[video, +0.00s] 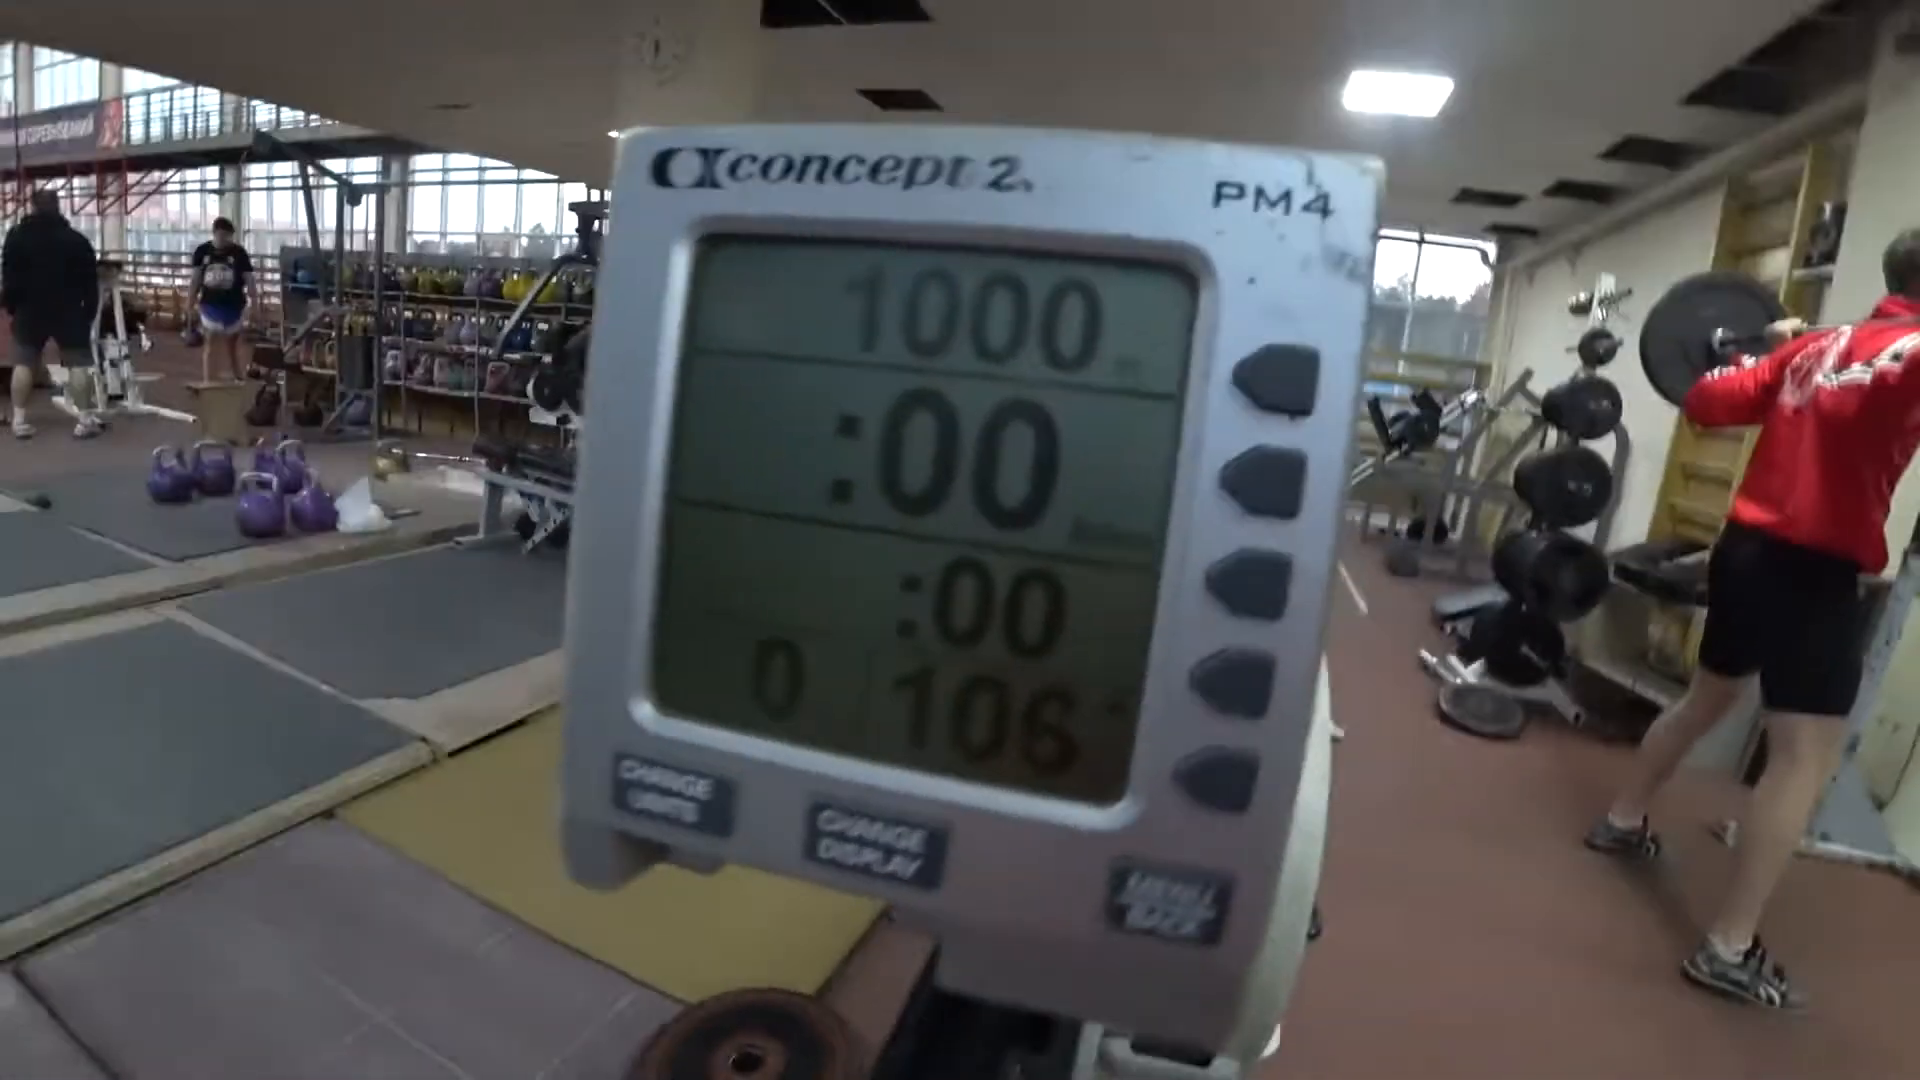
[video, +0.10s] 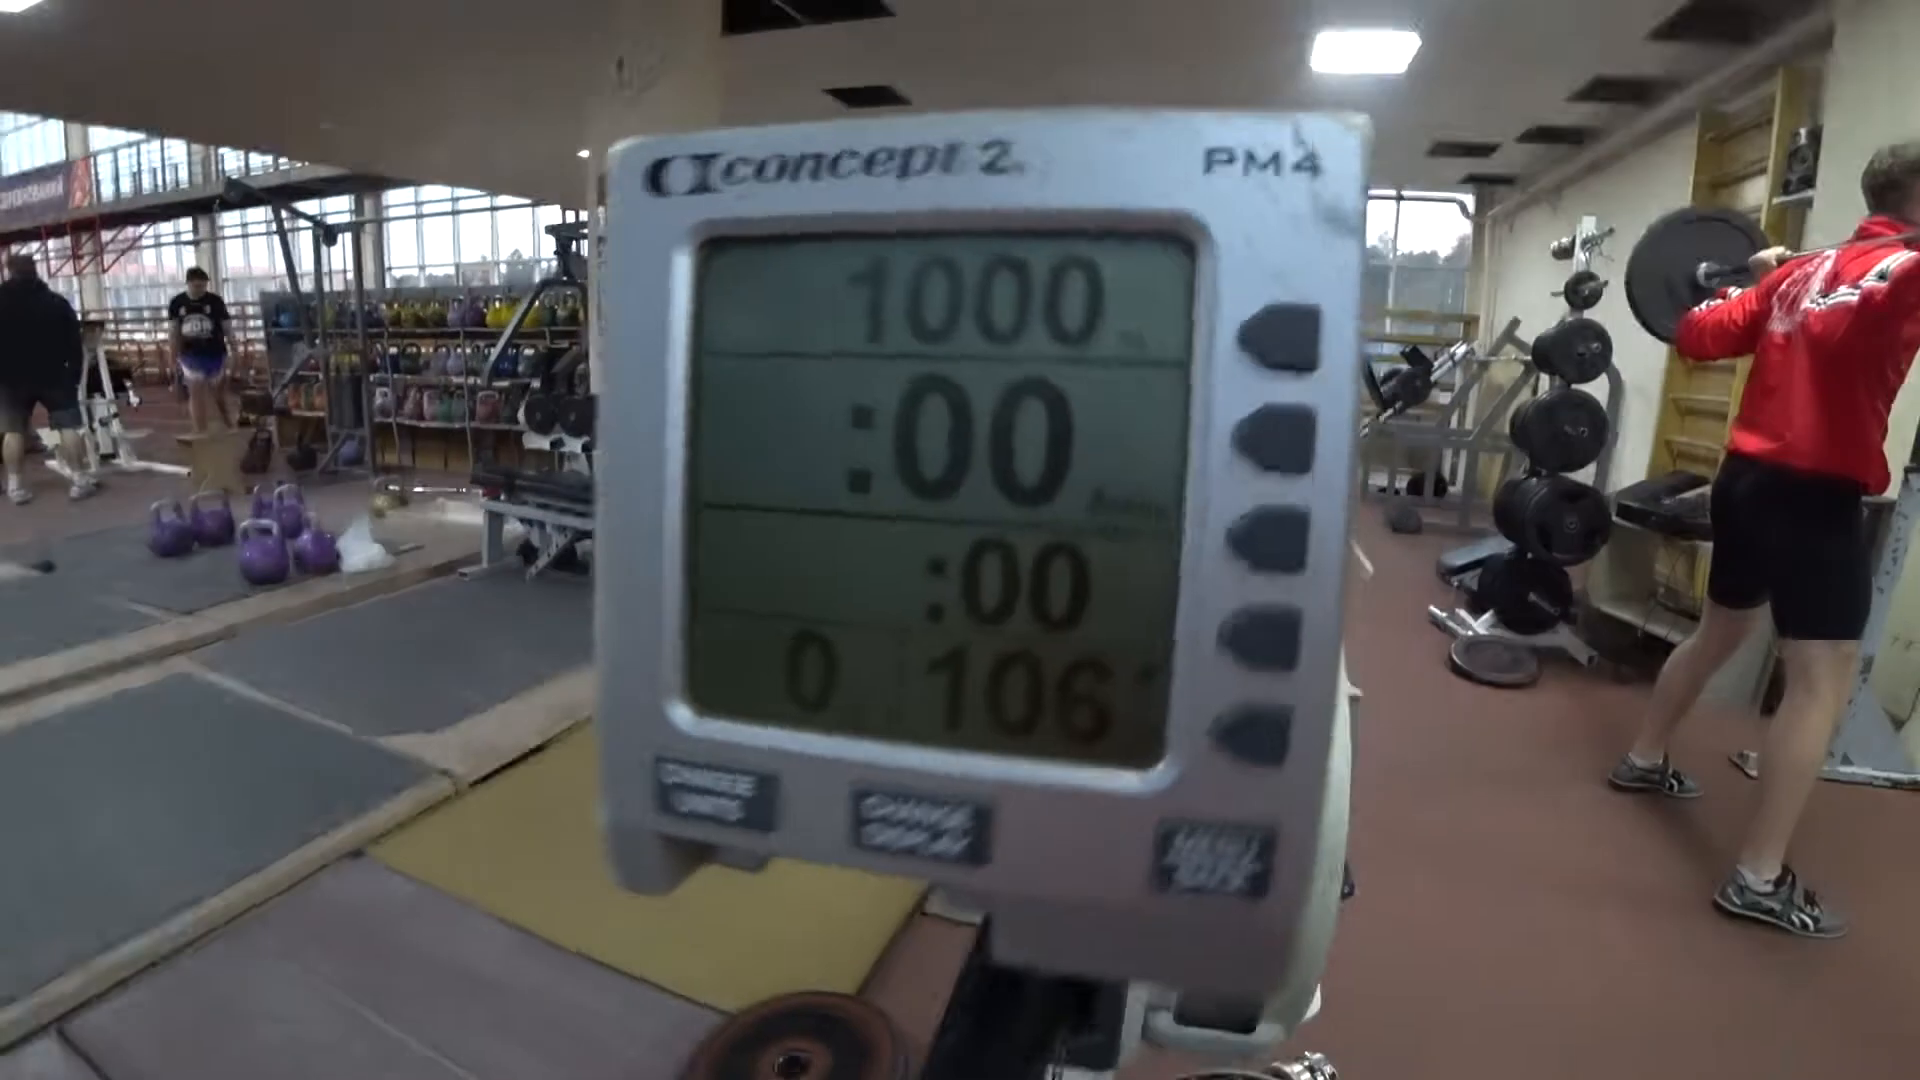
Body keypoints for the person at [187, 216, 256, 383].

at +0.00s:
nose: (222, 239)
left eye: (226, 235)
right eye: (219, 235)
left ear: (232, 235)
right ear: (213, 234)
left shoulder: (239, 252)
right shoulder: (202, 251)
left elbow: (249, 281)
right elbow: (195, 280)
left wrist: (255, 307)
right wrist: (189, 306)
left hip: (234, 306)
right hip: (210, 305)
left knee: (233, 345)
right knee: (210, 345)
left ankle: (239, 379)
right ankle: (208, 383)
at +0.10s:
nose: (198, 289)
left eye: (201, 285)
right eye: (194, 285)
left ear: (206, 284)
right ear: (187, 285)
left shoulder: (215, 301)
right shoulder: (177, 303)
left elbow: (227, 329)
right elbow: (174, 334)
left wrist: (235, 354)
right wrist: (173, 360)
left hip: (215, 353)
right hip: (190, 354)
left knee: (219, 390)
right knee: (195, 393)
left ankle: (229, 424)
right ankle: (199, 430)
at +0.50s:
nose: (192, 298)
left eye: (195, 294)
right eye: (188, 295)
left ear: (198, 293)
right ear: (179, 294)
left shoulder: (204, 309)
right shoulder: (166, 310)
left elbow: (216, 337)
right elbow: (161, 341)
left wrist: (219, 363)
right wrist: (162, 369)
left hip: (205, 362)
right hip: (180, 365)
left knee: (211, 403)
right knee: (191, 407)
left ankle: (214, 444)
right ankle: (200, 446)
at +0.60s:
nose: (194, 308)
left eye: (198, 304)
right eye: (191, 304)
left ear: (203, 302)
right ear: (182, 301)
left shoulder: (209, 317)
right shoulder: (170, 318)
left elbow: (219, 344)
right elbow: (165, 349)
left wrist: (222, 368)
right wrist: (163, 378)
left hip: (209, 367)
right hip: (183, 370)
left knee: (210, 408)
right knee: (193, 413)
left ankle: (215, 450)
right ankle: (204, 450)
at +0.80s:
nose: (232, 257)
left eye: (234, 253)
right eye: (230, 252)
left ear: (234, 253)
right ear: (220, 250)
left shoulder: (234, 273)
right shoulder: (198, 265)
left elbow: (238, 302)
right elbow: (184, 296)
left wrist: (237, 326)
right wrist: (177, 327)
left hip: (225, 323)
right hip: (201, 323)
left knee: (221, 364)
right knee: (205, 363)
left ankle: (220, 402)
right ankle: (207, 397)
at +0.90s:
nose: (244, 283)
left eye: (246, 279)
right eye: (243, 278)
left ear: (247, 279)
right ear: (236, 274)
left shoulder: (247, 297)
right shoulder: (210, 291)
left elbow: (249, 327)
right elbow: (196, 321)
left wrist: (248, 356)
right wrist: (189, 353)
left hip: (237, 344)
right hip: (212, 343)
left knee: (231, 386)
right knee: (212, 384)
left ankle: (227, 423)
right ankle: (213, 421)